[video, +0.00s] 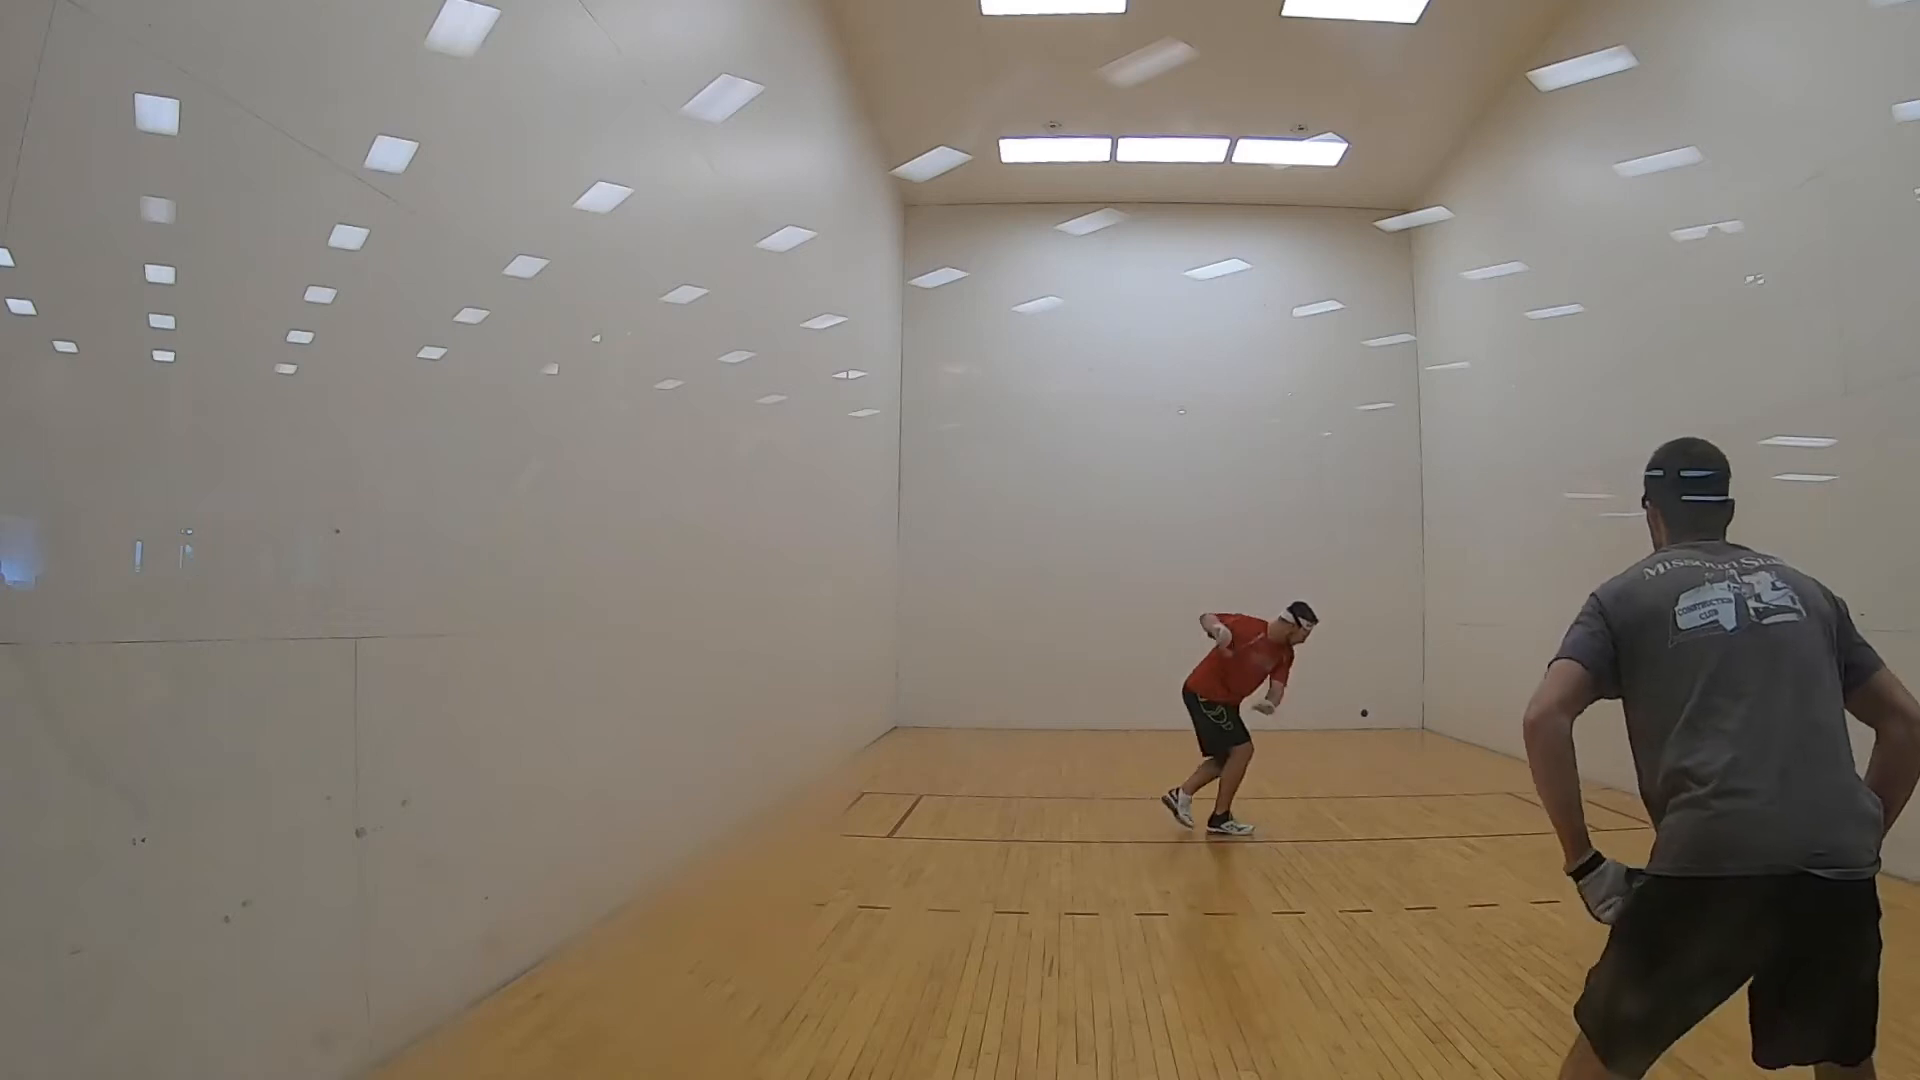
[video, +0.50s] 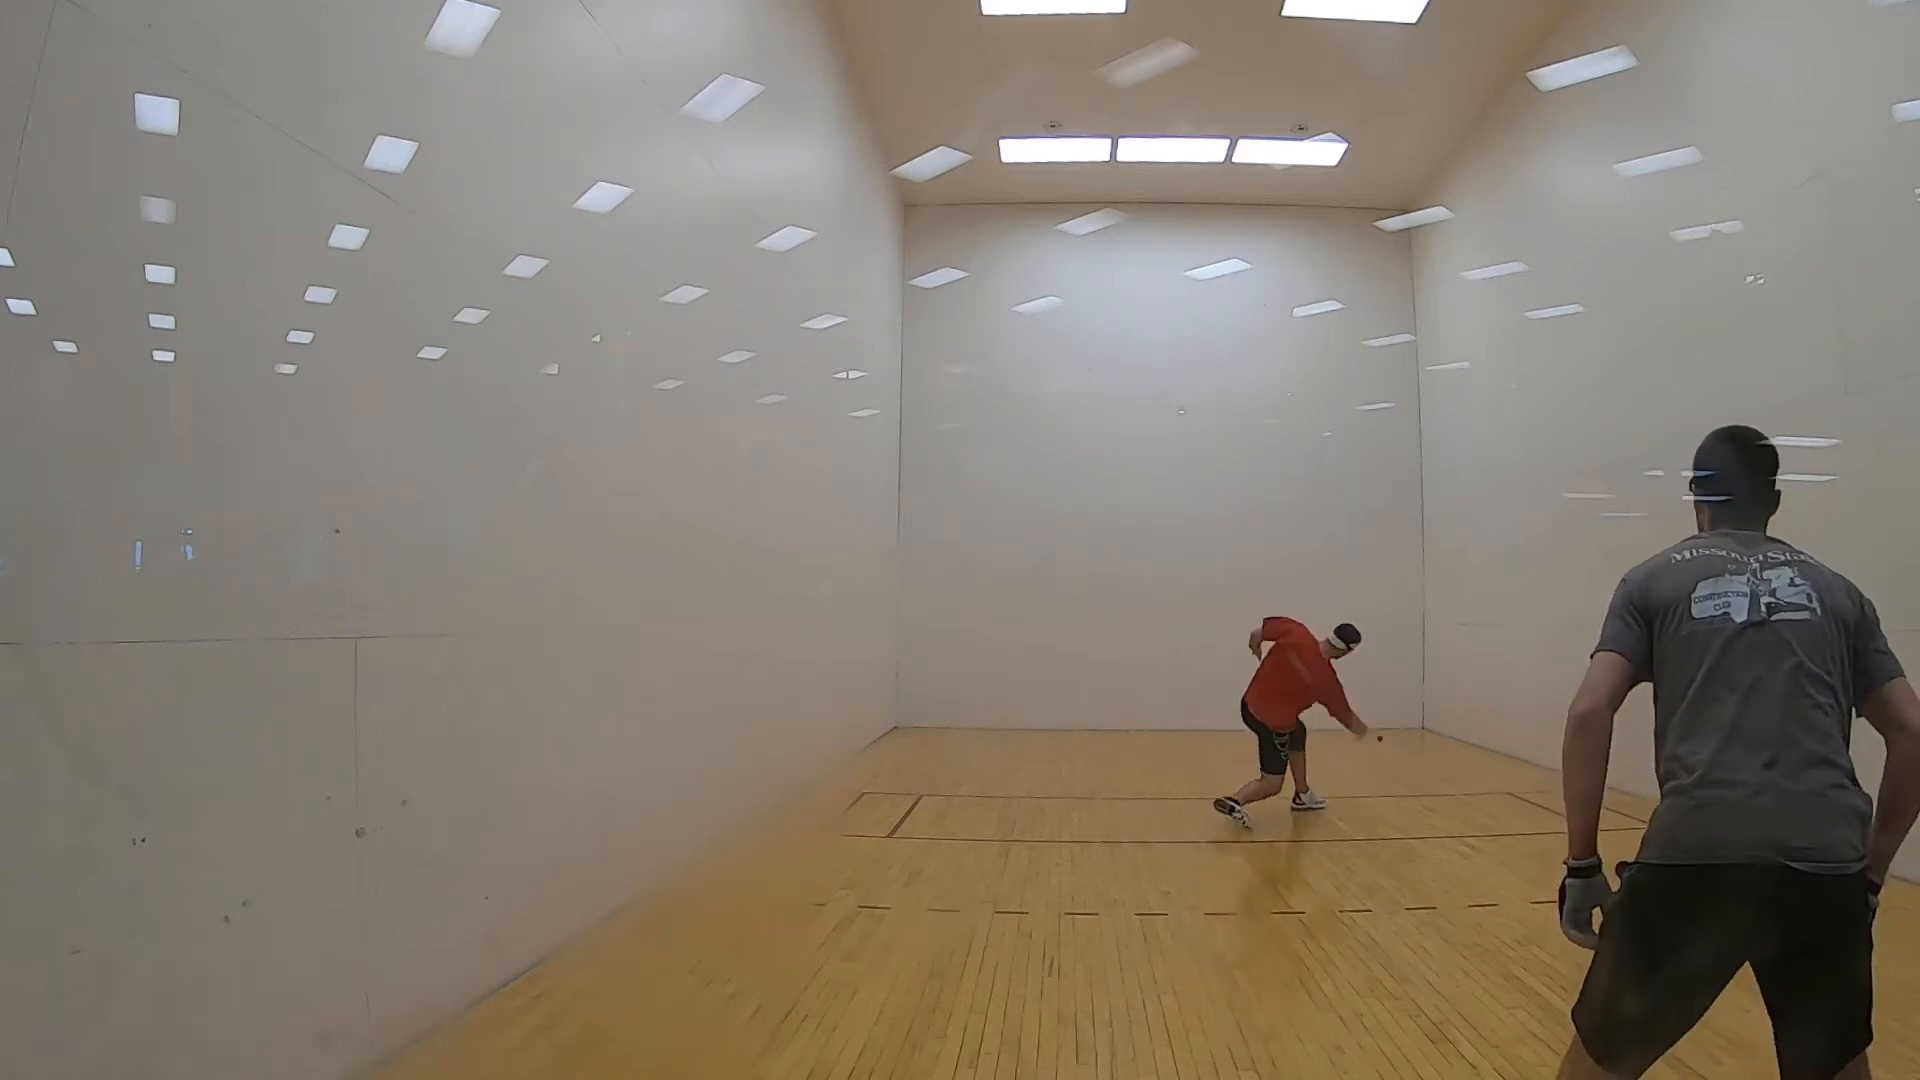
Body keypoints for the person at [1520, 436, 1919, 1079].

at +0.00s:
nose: (1649, 522)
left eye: (1647, 511)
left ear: (1655, 516)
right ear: (1730, 512)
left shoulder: (1624, 596)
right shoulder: (1808, 589)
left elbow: (1546, 717)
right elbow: (1904, 723)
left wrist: (1584, 863)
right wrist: (1856, 841)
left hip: (1709, 866)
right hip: (1839, 866)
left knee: (1600, 1056)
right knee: (1848, 1061)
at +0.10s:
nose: (1658, 514)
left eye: (1656, 504)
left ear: (1663, 509)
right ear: (1738, 509)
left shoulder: (1632, 594)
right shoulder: (1816, 590)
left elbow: (1571, 722)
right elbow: (1906, 723)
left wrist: (1584, 881)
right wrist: (1860, 843)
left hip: (1703, 867)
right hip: (1834, 869)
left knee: (1595, 1060)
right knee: (1846, 1062)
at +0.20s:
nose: (1670, 510)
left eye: (1668, 500)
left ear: (1672, 505)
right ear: (1750, 508)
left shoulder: (1640, 592)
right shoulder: (1824, 591)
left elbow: (1584, 724)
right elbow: (1909, 723)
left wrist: (1579, 883)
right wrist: (1864, 848)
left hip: (1700, 869)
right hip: (1831, 872)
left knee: (1595, 1059)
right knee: (1843, 1065)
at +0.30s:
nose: (1685, 511)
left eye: (1683, 501)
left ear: (1683, 506)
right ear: (1760, 508)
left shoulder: (1647, 589)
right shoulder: (1830, 592)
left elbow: (1587, 719)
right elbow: (1911, 725)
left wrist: (1577, 878)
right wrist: (1872, 855)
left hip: (1699, 870)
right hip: (1831, 875)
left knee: (1595, 1059)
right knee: (1842, 1065)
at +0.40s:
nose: (1693, 509)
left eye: (1691, 500)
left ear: (1691, 505)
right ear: (1767, 506)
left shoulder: (1651, 583)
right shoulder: (1835, 593)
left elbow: (1589, 712)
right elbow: (1911, 727)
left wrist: (1579, 868)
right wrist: (1874, 863)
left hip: (1698, 864)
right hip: (1830, 872)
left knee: (1595, 1057)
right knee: (1842, 1064)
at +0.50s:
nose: (1700, 504)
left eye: (1698, 495)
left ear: (1699, 500)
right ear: (1773, 502)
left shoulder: (1653, 579)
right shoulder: (1837, 590)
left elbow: (1589, 710)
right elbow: (1911, 731)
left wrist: (1582, 860)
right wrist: (1873, 870)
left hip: (1693, 863)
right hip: (1826, 871)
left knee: (1596, 1056)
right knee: (1839, 1064)